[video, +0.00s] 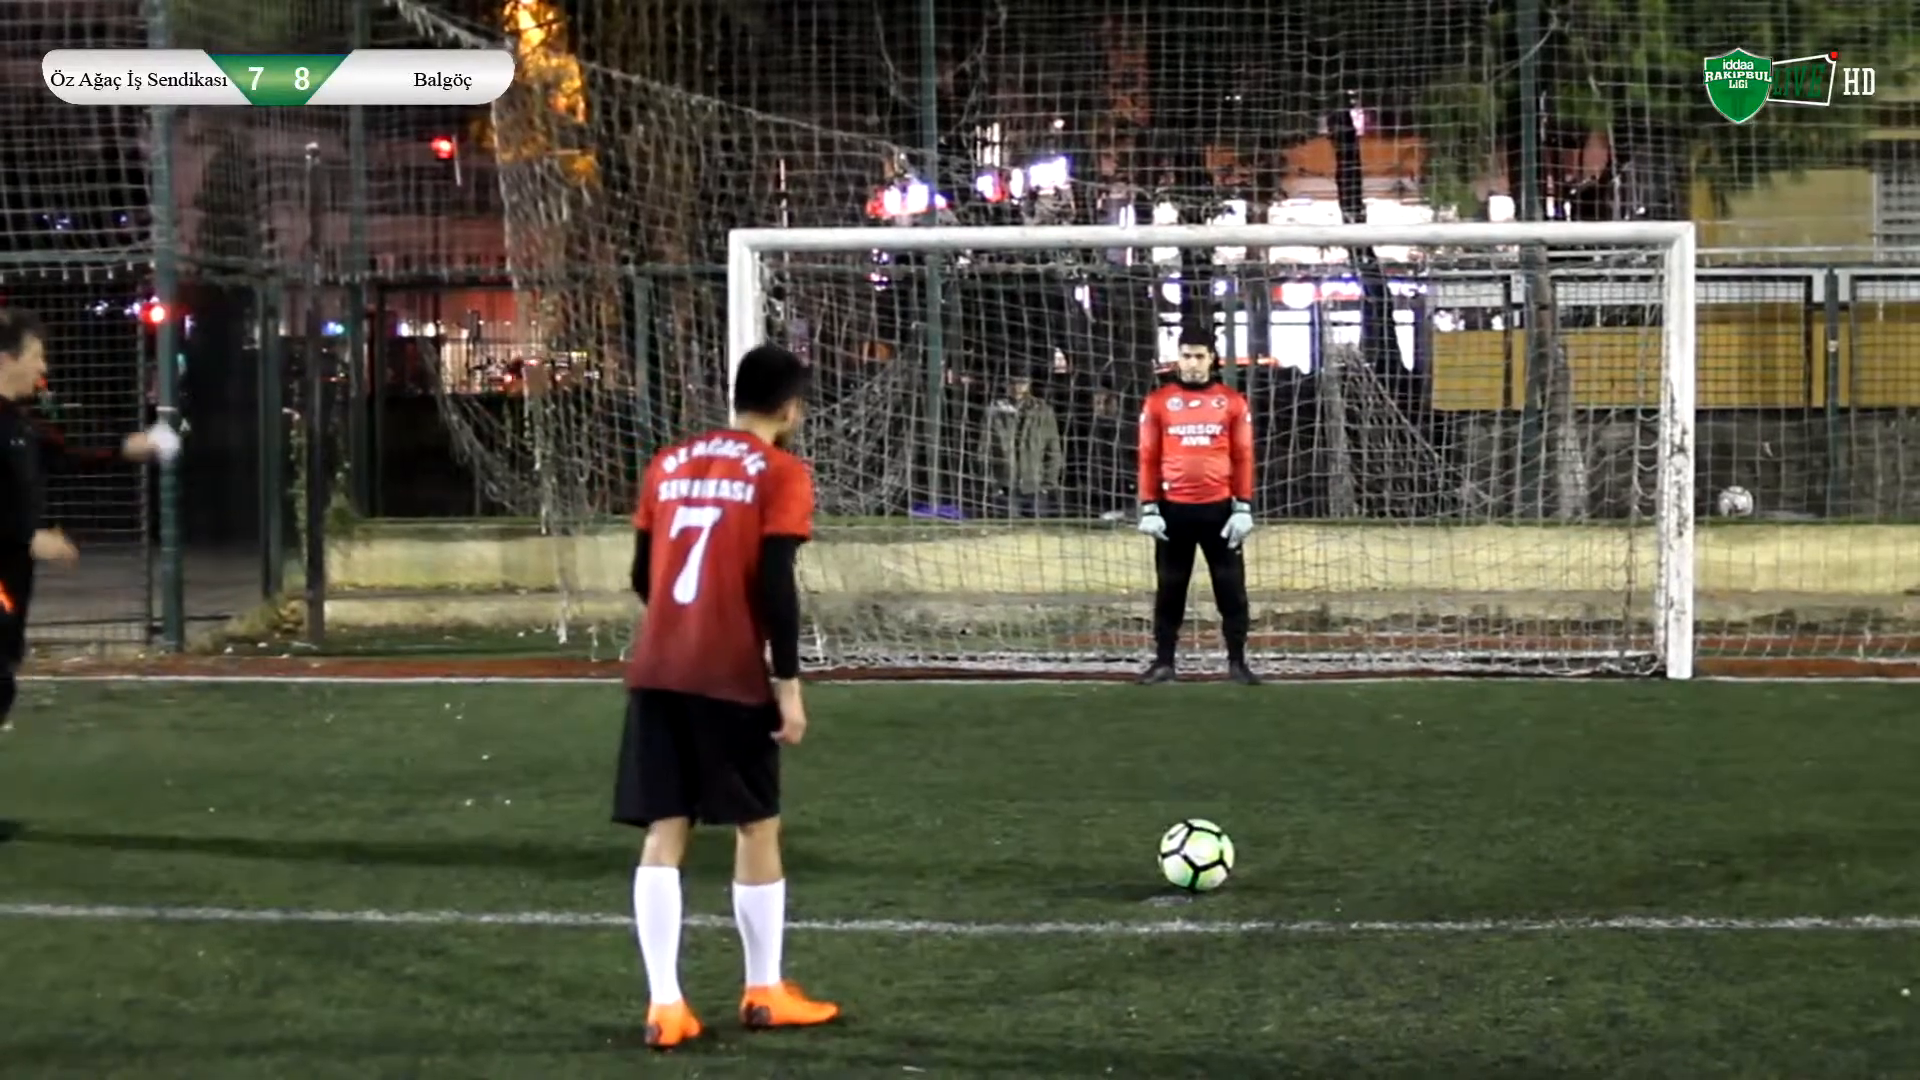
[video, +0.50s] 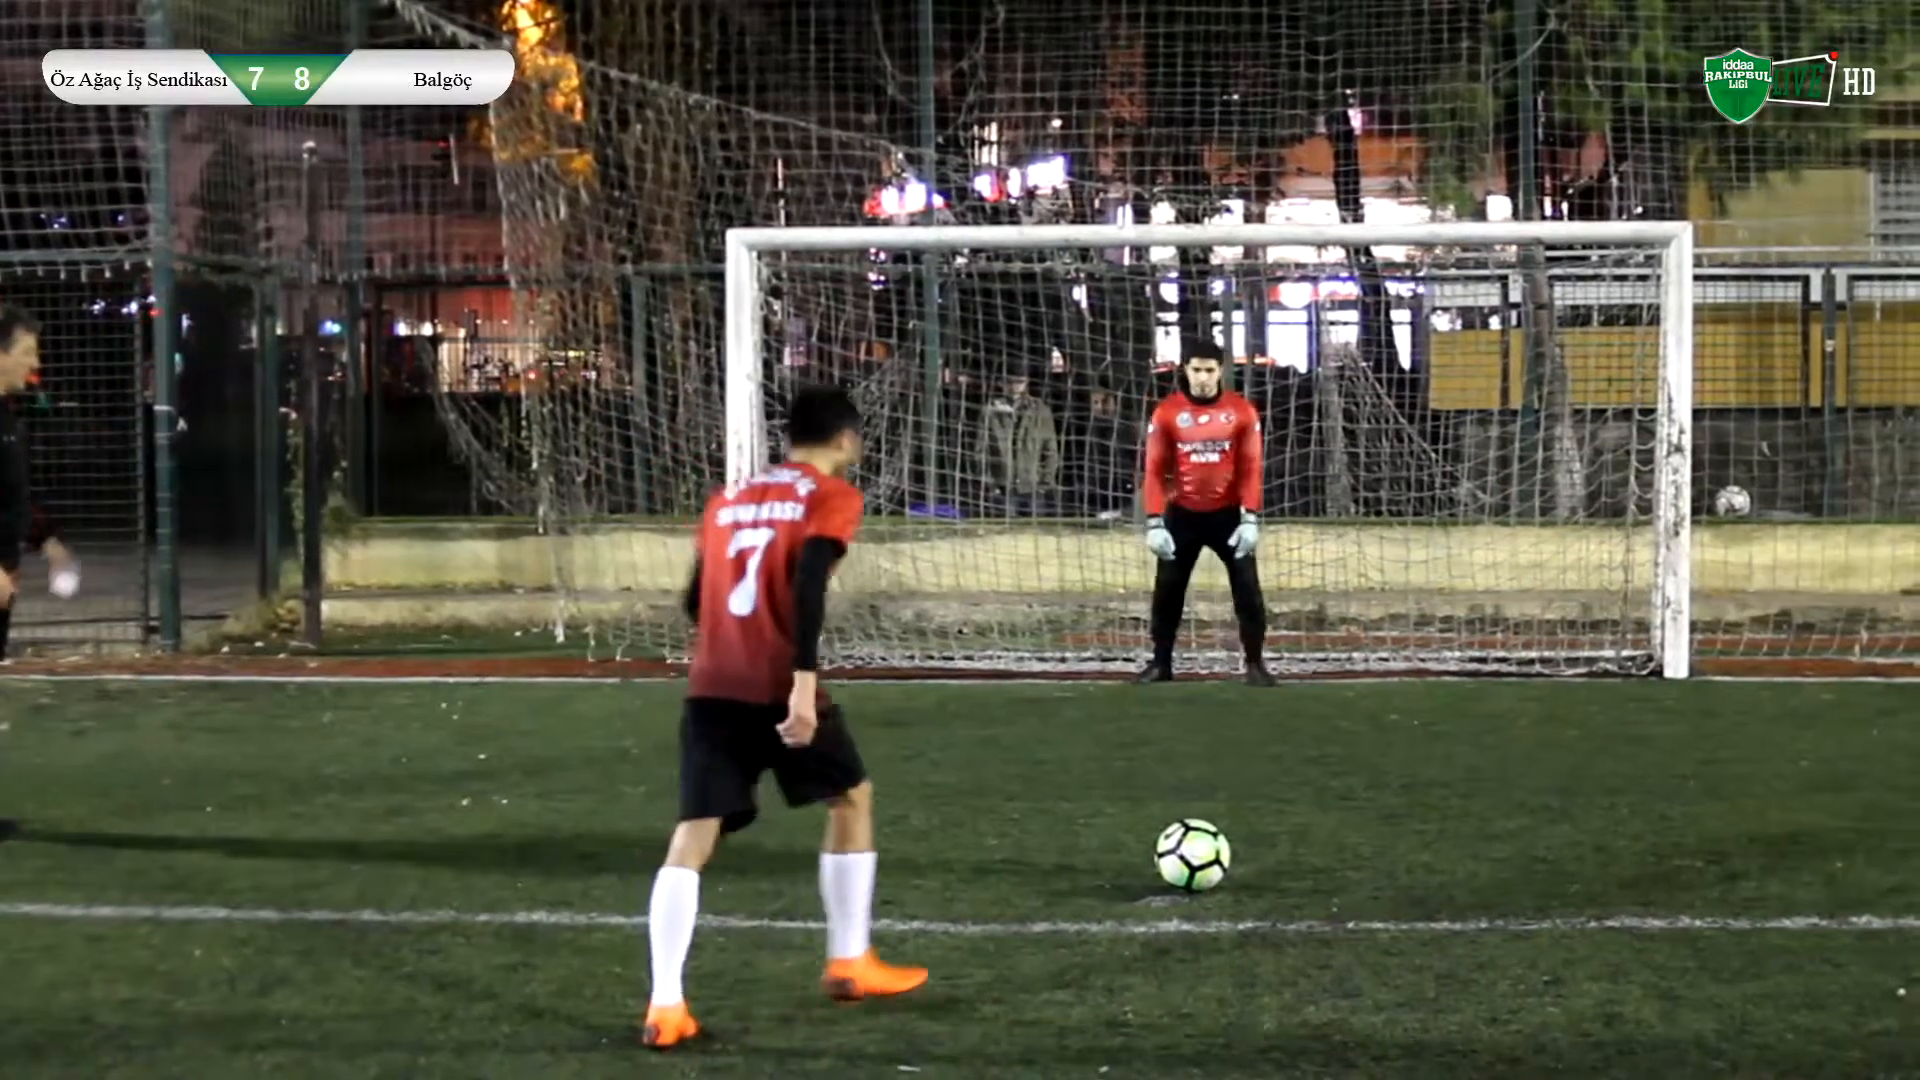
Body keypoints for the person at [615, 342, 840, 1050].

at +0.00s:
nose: (801, 417)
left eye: (799, 405)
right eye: (801, 406)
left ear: (737, 397)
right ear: (788, 408)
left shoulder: (671, 460)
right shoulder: (784, 472)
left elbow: (643, 575)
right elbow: (774, 577)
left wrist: (690, 627)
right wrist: (789, 679)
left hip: (656, 670)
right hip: (733, 675)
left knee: (665, 826)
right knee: (758, 825)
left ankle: (664, 1002)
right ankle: (766, 986)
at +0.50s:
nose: (855, 457)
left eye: (854, 446)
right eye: (854, 446)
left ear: (792, 440)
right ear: (841, 443)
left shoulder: (729, 496)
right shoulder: (837, 496)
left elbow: (695, 597)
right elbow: (810, 575)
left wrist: (734, 648)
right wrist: (805, 678)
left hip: (710, 688)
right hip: (782, 688)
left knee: (693, 834)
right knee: (850, 793)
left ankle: (664, 1002)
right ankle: (850, 957)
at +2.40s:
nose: (665, 354)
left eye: (669, 343)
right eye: (654, 343)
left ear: (672, 351)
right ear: (628, 351)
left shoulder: (661, 411)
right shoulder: (620, 408)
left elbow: (685, 501)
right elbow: (619, 483)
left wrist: (701, 566)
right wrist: (680, 434)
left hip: (670, 571)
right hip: (638, 570)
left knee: (672, 702)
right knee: (671, 701)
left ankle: (635, 827)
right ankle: (634, 829)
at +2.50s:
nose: (657, 352)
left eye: (661, 341)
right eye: (645, 342)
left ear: (666, 349)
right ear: (620, 352)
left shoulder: (657, 412)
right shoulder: (609, 412)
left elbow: (678, 493)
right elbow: (616, 487)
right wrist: (673, 436)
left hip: (665, 570)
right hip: (629, 570)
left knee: (662, 711)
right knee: (662, 708)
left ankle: (645, 842)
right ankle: (590, 820)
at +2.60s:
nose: (635, 358)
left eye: (641, 347)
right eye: (623, 348)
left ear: (647, 355)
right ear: (595, 356)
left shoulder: (636, 416)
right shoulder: (582, 416)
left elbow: (652, 504)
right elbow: (585, 489)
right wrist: (652, 443)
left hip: (647, 575)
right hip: (607, 576)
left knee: (649, 710)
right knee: (629, 709)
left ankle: (645, 843)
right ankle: (524, 812)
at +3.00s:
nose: (550, 371)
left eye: (555, 360)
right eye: (538, 360)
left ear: (557, 366)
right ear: (508, 366)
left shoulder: (544, 428)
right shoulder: (497, 428)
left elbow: (540, 502)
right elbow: (493, 501)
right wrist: (570, 465)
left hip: (549, 586)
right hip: (510, 587)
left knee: (585, 712)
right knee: (497, 726)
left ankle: (628, 842)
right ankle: (432, 844)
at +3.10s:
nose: (528, 374)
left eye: (533, 362)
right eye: (516, 363)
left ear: (538, 370)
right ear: (487, 367)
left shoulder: (516, 431)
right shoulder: (479, 431)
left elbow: (506, 503)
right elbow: (471, 501)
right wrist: (541, 470)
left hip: (510, 592)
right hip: (485, 593)